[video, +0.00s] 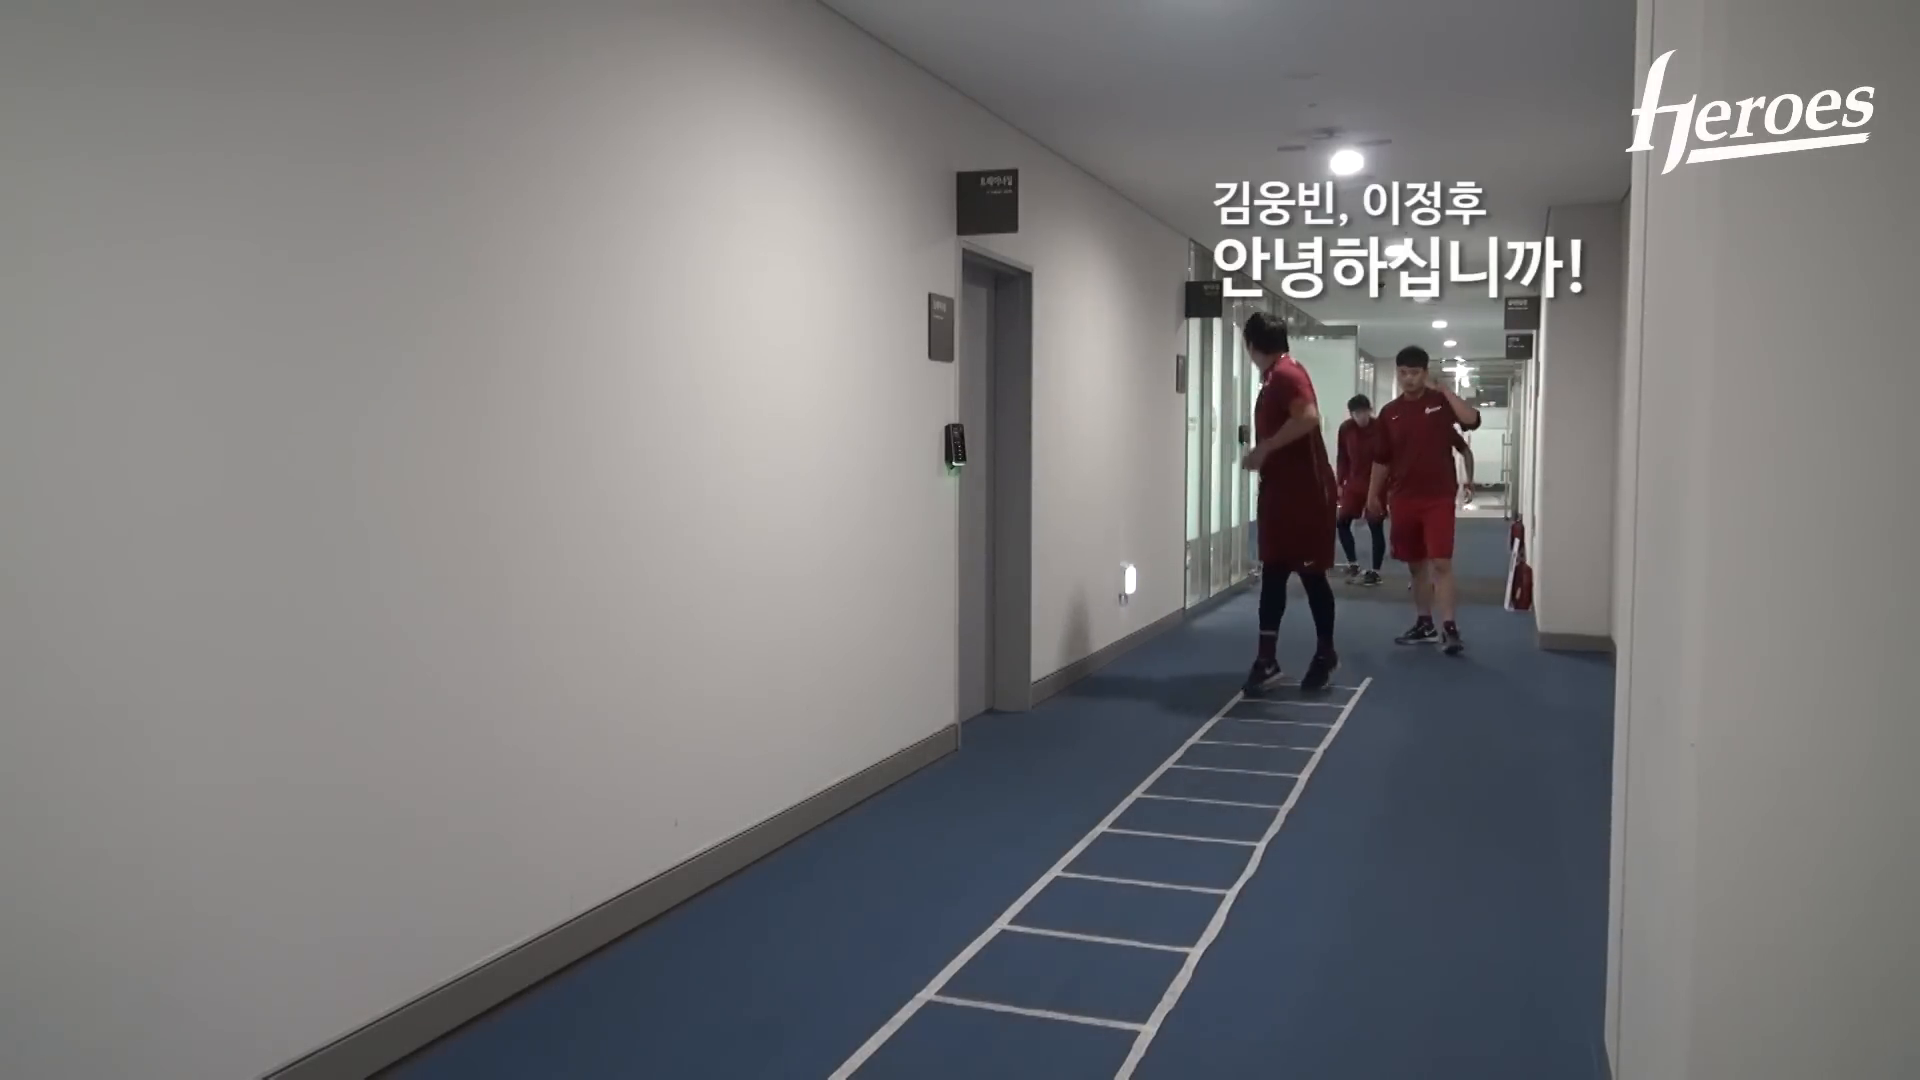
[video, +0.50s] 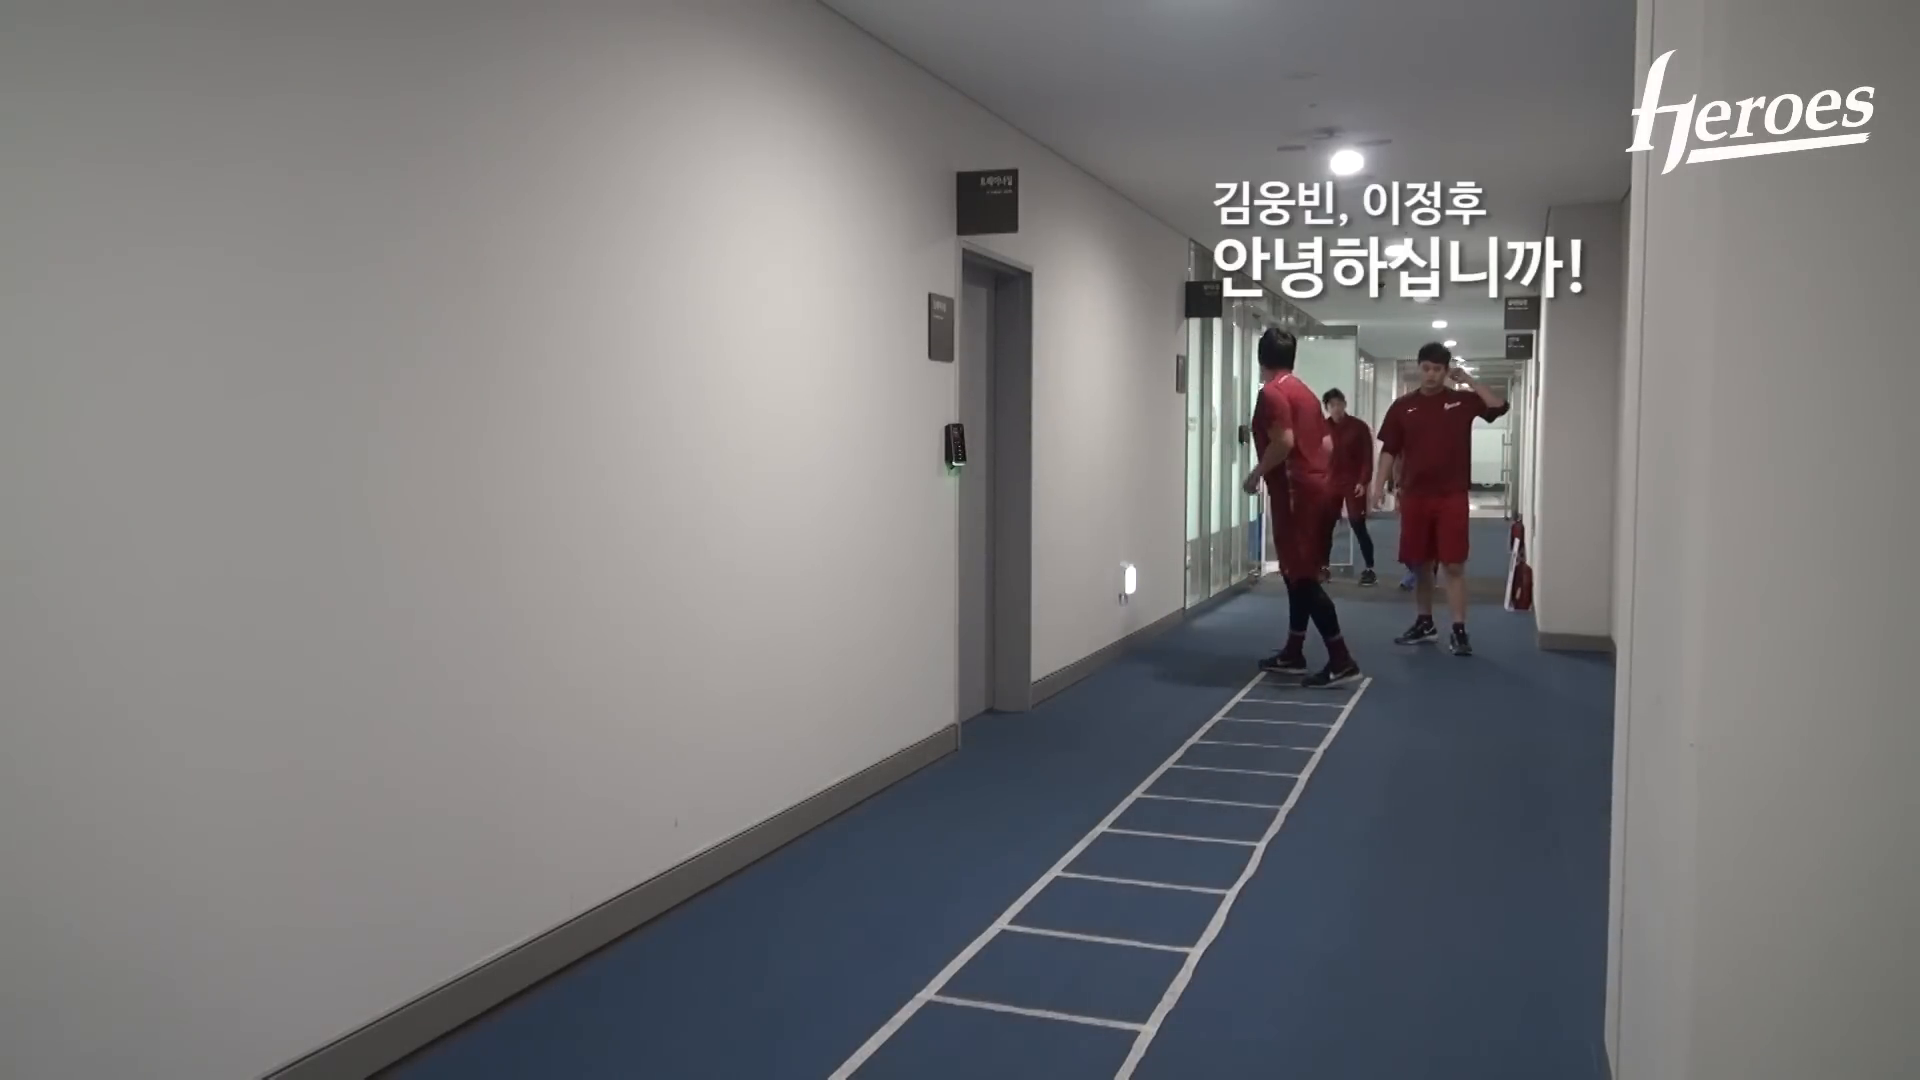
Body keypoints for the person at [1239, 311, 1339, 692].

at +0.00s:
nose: (1247, 353)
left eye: (1247, 346)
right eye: (1248, 346)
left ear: (1254, 346)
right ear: (1280, 341)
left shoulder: (1286, 373)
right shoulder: (1281, 375)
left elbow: (1308, 416)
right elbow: (1302, 428)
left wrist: (1265, 448)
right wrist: (1262, 455)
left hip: (1301, 495)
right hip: (1282, 495)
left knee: (1312, 573)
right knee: (1273, 573)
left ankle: (1326, 652)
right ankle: (1266, 658)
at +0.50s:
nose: (1258, 362)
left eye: (1258, 356)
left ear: (1261, 358)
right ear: (1291, 358)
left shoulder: (1273, 391)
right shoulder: (1306, 392)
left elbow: (1284, 440)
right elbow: (1325, 443)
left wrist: (1257, 473)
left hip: (1296, 493)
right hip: (1320, 491)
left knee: (1301, 575)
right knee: (1297, 573)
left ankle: (1340, 658)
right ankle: (1293, 652)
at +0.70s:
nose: (1255, 362)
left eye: (1255, 357)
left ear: (1257, 358)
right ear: (1287, 359)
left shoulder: (1256, 393)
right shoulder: (1307, 394)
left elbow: (1257, 445)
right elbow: (1325, 447)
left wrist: (1235, 480)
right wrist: (1317, 484)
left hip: (1277, 495)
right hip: (1311, 493)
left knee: (1262, 574)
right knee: (1295, 571)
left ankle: (1315, 637)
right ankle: (1292, 652)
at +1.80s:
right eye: (1224, 367)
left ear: (1196, 370)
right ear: (1227, 370)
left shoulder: (1180, 402)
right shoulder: (1240, 402)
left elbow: (1163, 450)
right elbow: (1266, 412)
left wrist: (1164, 484)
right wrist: (1245, 385)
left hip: (1187, 493)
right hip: (1226, 495)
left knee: (1188, 568)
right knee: (1221, 567)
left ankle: (1188, 646)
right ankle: (1221, 637)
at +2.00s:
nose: (1235, 368)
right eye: (1236, 363)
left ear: (1207, 366)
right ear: (1238, 367)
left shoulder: (1190, 397)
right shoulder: (1247, 399)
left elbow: (1173, 442)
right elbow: (1278, 408)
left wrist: (1164, 481)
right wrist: (1255, 380)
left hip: (1194, 486)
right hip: (1232, 488)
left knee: (1186, 560)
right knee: (1226, 564)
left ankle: (1186, 625)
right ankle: (1223, 634)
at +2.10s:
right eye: (1239, 362)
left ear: (1211, 366)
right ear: (1241, 366)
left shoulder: (1195, 397)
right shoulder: (1252, 399)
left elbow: (1176, 442)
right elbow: (1284, 409)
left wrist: (1165, 479)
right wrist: (1261, 380)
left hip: (1198, 488)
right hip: (1235, 490)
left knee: (1186, 555)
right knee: (1228, 564)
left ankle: (1183, 610)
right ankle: (1222, 634)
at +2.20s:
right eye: (1241, 362)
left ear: (1213, 367)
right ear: (1243, 365)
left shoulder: (1199, 397)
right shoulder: (1256, 399)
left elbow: (1180, 441)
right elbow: (1283, 407)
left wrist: (1169, 478)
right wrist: (1262, 380)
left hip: (1202, 488)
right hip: (1239, 491)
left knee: (1190, 554)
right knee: (1229, 563)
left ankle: (1186, 612)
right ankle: (1222, 634)